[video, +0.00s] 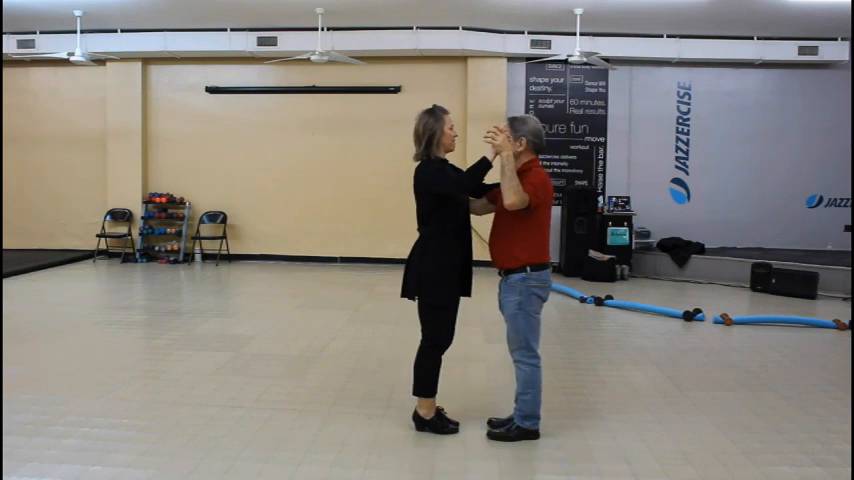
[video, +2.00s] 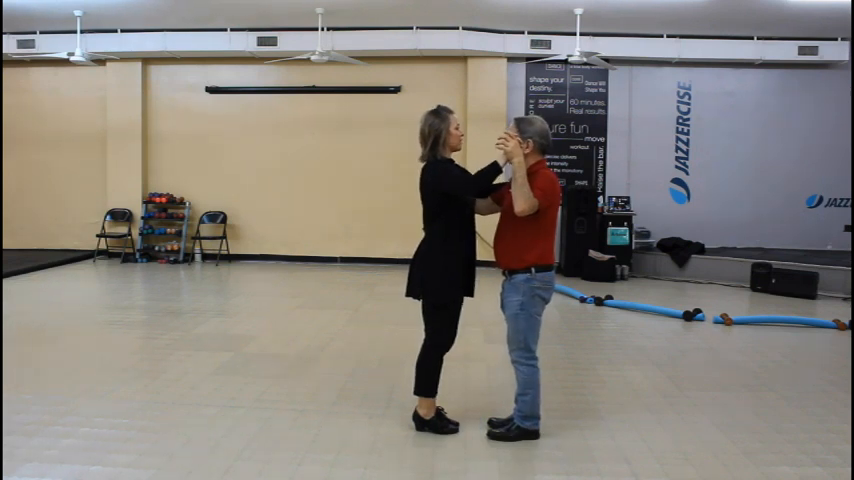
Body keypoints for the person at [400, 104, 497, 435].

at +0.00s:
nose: (456, 133)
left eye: (454, 128)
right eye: (450, 128)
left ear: (436, 133)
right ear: (436, 133)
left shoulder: (440, 168)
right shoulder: (431, 170)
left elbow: (472, 195)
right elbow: (465, 185)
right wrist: (490, 156)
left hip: (442, 266)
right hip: (435, 267)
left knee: (437, 338)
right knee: (435, 339)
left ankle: (426, 408)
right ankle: (425, 411)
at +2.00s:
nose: (462, 133)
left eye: (460, 127)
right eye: (456, 128)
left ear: (441, 133)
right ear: (442, 133)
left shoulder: (442, 167)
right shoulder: (439, 169)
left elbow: (473, 196)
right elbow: (473, 186)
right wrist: (501, 161)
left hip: (444, 267)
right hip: (441, 269)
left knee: (439, 339)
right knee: (437, 340)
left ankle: (427, 407)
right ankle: (424, 411)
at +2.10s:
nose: (462, 132)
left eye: (460, 126)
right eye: (456, 127)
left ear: (442, 133)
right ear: (441, 133)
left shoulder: (443, 166)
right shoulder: (439, 169)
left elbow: (474, 195)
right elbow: (473, 185)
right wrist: (501, 160)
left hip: (445, 267)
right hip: (441, 269)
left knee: (440, 338)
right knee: (437, 339)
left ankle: (427, 407)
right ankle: (424, 411)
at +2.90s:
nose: (453, 139)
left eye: (452, 133)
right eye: (448, 134)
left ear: (432, 138)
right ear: (433, 138)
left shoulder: (436, 173)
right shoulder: (425, 174)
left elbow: (464, 200)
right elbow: (455, 190)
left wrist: (498, 189)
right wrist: (485, 165)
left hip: (435, 270)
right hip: (421, 272)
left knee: (446, 336)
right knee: (445, 337)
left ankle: (429, 406)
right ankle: (410, 404)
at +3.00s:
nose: (446, 138)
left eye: (444, 133)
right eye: (440, 134)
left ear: (423, 140)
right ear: (424, 140)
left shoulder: (429, 176)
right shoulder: (419, 177)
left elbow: (457, 202)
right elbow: (444, 196)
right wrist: (473, 170)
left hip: (431, 274)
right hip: (415, 276)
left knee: (443, 335)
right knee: (437, 336)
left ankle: (428, 406)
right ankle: (376, 392)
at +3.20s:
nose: (424, 141)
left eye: (422, 136)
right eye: (419, 137)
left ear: (403, 144)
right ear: (404, 143)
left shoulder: (409, 180)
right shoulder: (398, 180)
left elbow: (441, 206)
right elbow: (424, 199)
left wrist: (472, 189)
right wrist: (450, 173)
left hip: (414, 278)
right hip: (393, 279)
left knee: (435, 333)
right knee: (378, 347)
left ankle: (427, 407)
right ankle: (321, 400)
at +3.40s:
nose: (408, 146)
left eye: (407, 140)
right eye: (403, 141)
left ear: (389, 145)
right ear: (387, 144)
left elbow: (429, 210)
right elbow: (404, 201)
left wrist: (457, 197)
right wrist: (429, 176)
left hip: (393, 280)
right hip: (368, 280)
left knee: (420, 334)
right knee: (345, 345)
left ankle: (423, 406)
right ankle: (307, 407)